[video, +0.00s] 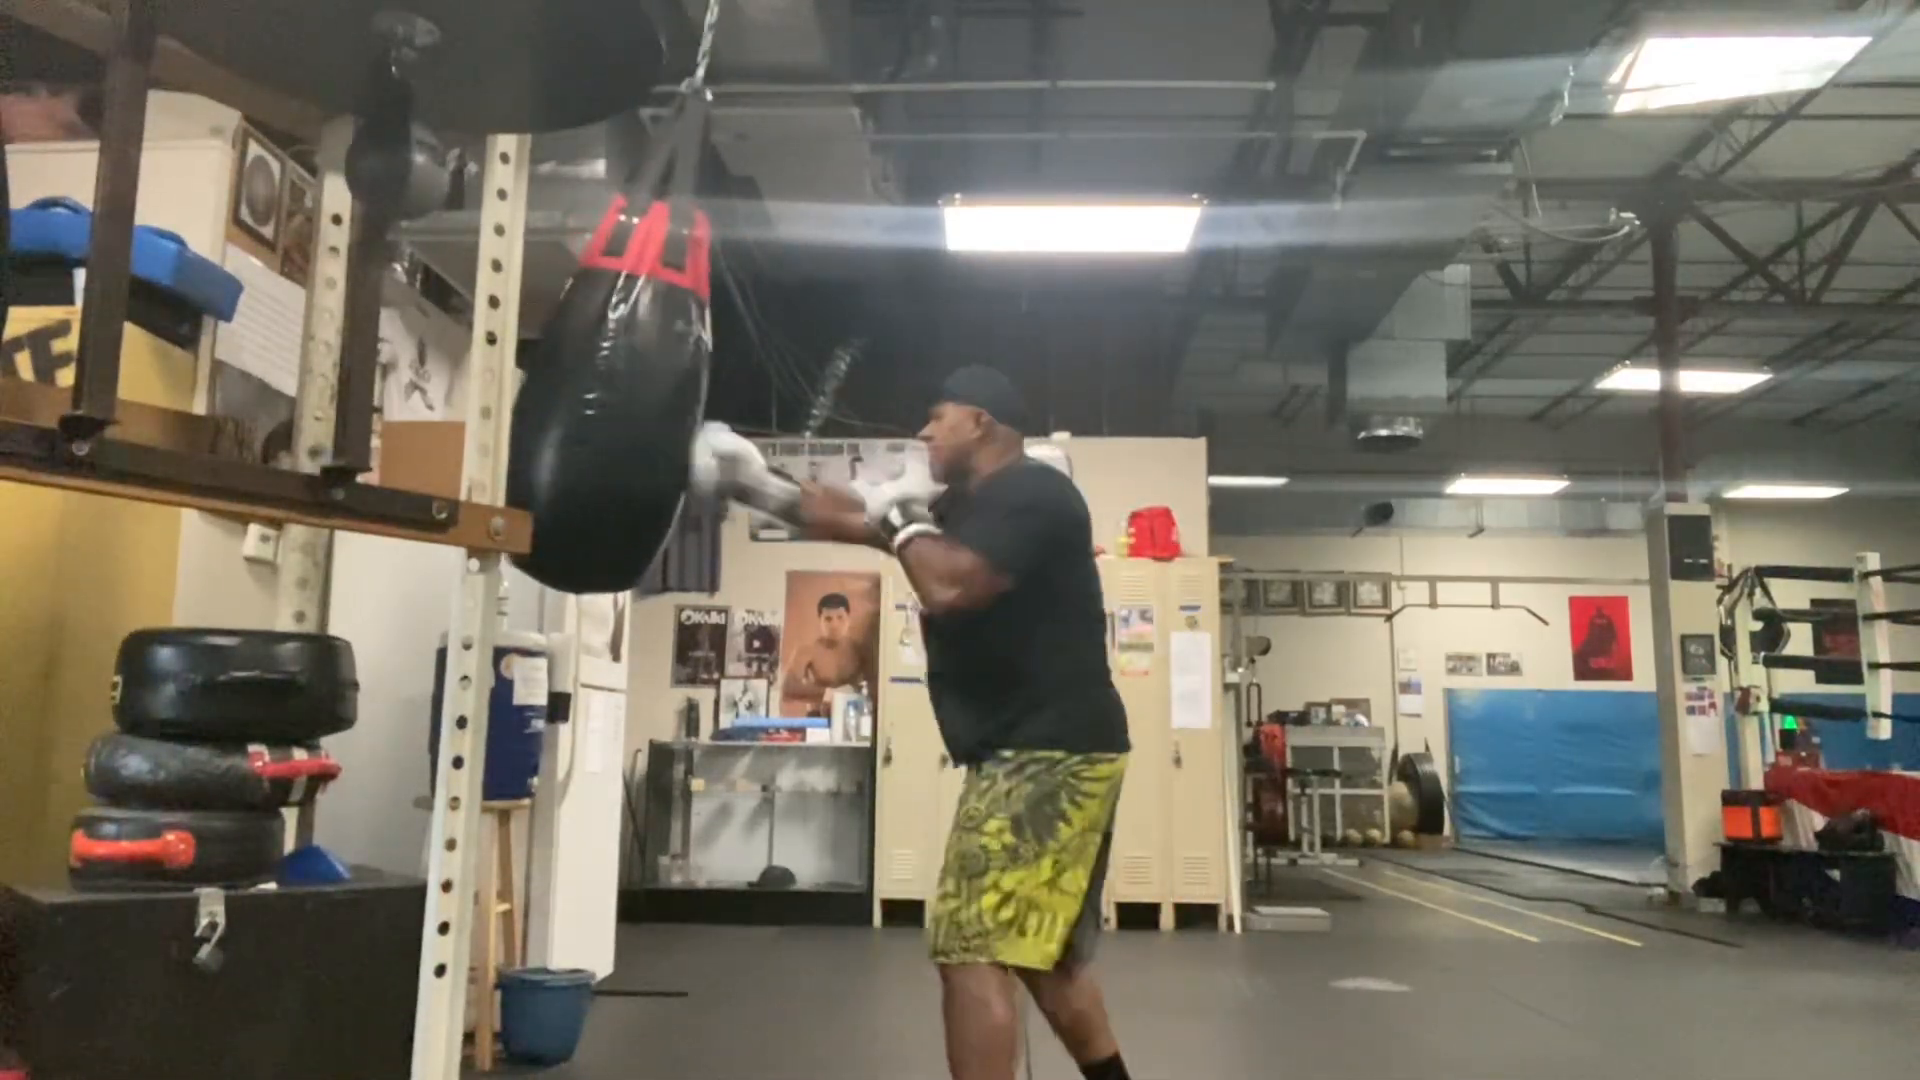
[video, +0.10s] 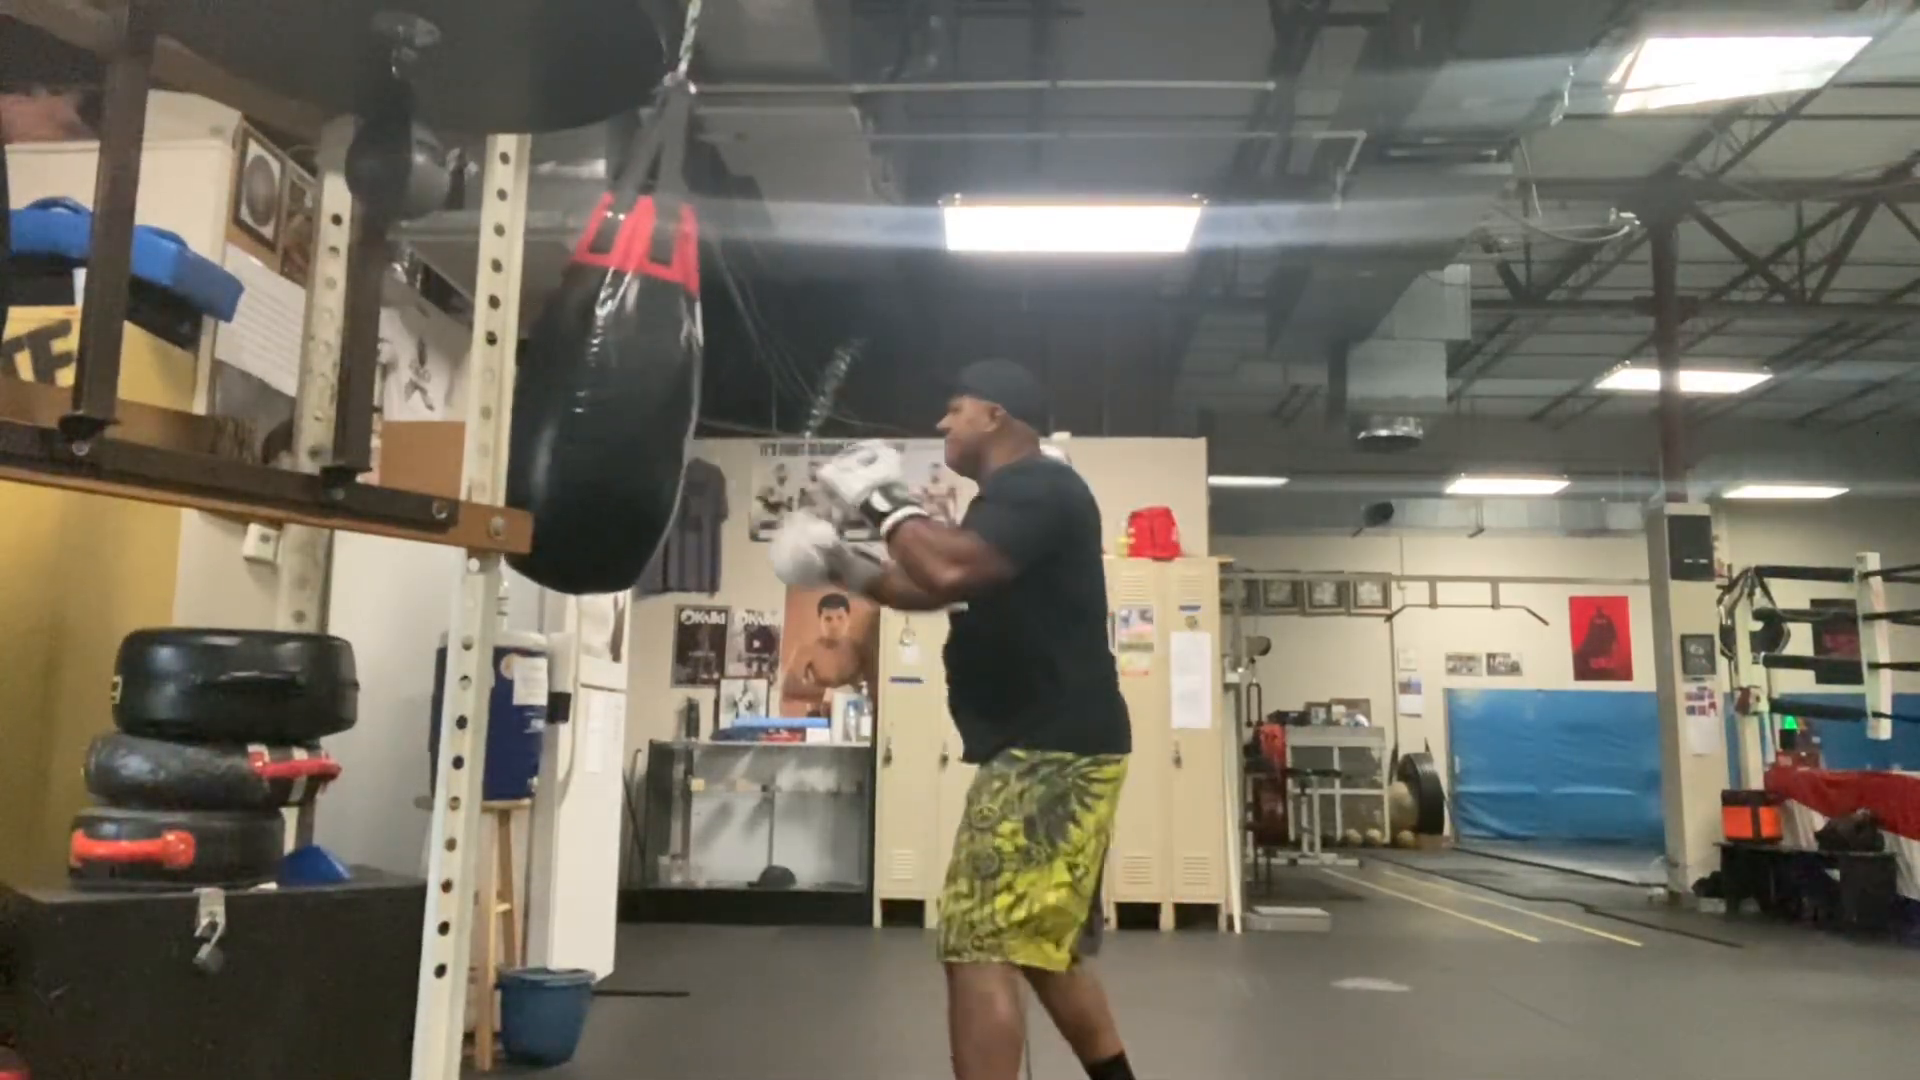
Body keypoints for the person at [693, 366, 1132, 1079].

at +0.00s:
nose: (926, 435)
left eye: (938, 419)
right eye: (929, 421)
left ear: (980, 422)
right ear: (979, 426)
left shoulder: (1033, 493)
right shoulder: (973, 504)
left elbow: (950, 584)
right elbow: (868, 519)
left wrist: (905, 518)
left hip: (1048, 752)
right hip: (1035, 750)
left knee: (967, 942)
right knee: (1050, 956)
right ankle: (1110, 1073)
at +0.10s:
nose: (942, 423)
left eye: (954, 407)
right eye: (946, 409)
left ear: (997, 416)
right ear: (1002, 420)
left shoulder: (1043, 489)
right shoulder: (1010, 500)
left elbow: (949, 568)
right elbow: (928, 590)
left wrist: (886, 505)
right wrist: (839, 562)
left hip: (1046, 748)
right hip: (1051, 747)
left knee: (975, 943)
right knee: (1044, 942)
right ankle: (1116, 1076)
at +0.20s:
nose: (948, 435)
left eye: (958, 419)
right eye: (951, 422)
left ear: (997, 423)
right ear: (1007, 427)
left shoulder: (1036, 490)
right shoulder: (1047, 498)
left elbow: (979, 576)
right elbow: (1004, 638)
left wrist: (894, 526)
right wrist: (899, 619)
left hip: (1040, 749)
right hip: (1076, 749)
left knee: (962, 942)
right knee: (1057, 950)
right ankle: (1117, 1074)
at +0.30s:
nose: (946, 437)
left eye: (953, 423)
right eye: (948, 424)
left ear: (987, 422)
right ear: (1028, 427)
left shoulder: (1010, 472)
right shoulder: (1078, 491)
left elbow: (990, 535)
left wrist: (924, 512)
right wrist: (952, 580)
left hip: (1032, 731)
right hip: (1107, 731)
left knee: (967, 939)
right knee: (1089, 935)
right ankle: (1128, 1073)